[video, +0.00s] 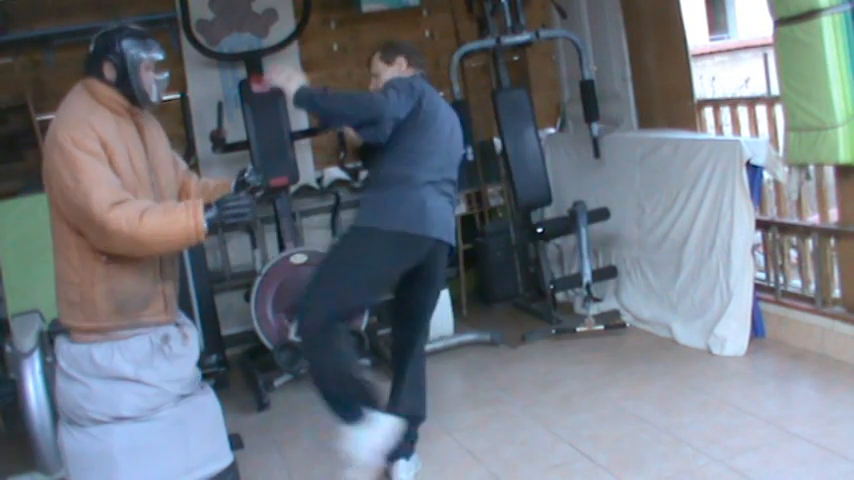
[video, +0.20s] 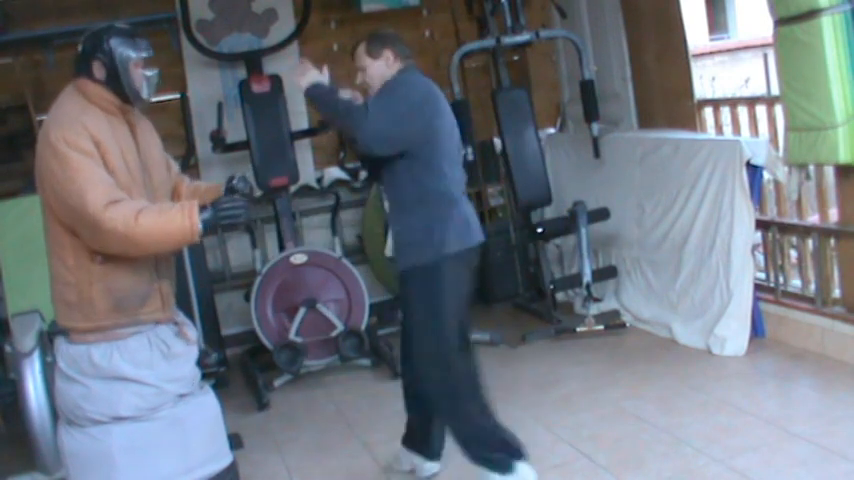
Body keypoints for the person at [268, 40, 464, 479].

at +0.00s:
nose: (376, 84)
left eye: (378, 74)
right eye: (373, 77)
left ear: (402, 64)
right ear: (411, 66)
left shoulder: (408, 86)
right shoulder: (449, 116)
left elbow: (379, 112)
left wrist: (301, 92)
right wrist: (362, 138)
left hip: (393, 225)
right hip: (437, 235)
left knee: (316, 313)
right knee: (410, 340)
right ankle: (403, 451)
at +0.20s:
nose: (361, 77)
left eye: (364, 68)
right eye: (359, 70)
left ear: (388, 58)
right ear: (390, 60)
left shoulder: (411, 90)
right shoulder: (407, 95)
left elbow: (370, 131)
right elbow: (378, 154)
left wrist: (316, 89)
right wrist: (359, 105)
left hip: (440, 246)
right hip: (423, 249)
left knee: (439, 358)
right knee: (419, 356)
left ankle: (507, 463)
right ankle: (420, 453)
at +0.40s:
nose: (360, 88)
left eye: (362, 77)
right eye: (357, 80)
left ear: (388, 63)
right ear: (385, 67)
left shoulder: (429, 91)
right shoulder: (407, 101)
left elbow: (422, 158)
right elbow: (409, 172)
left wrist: (359, 119)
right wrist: (364, 125)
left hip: (478, 247)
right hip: (454, 250)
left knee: (483, 353)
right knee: (460, 344)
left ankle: (518, 463)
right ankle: (479, 414)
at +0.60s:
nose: (404, 102)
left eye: (408, 91)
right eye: (401, 95)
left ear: (436, 79)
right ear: (428, 84)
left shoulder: (474, 117)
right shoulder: (445, 125)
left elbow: (464, 180)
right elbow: (437, 193)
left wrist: (398, 142)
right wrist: (394, 146)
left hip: (491, 267)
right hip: (473, 267)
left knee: (457, 372)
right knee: (502, 346)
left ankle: (501, 473)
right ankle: (565, 390)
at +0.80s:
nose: (427, 82)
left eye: (430, 72)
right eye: (423, 75)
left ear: (458, 60)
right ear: (453, 63)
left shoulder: (486, 93)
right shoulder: (476, 94)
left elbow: (492, 152)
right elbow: (479, 160)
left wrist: (428, 121)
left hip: (507, 237)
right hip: (513, 230)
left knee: (485, 338)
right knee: (524, 319)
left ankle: (504, 452)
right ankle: (575, 394)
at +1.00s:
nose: (448, 87)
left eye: (450, 76)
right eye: (445, 79)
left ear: (476, 64)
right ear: (478, 67)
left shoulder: (498, 97)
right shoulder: (512, 93)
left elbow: (497, 159)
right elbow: (504, 152)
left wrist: (442, 126)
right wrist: (461, 124)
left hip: (520, 237)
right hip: (542, 230)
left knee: (482, 327)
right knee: (546, 317)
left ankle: (555, 401)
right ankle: (593, 383)